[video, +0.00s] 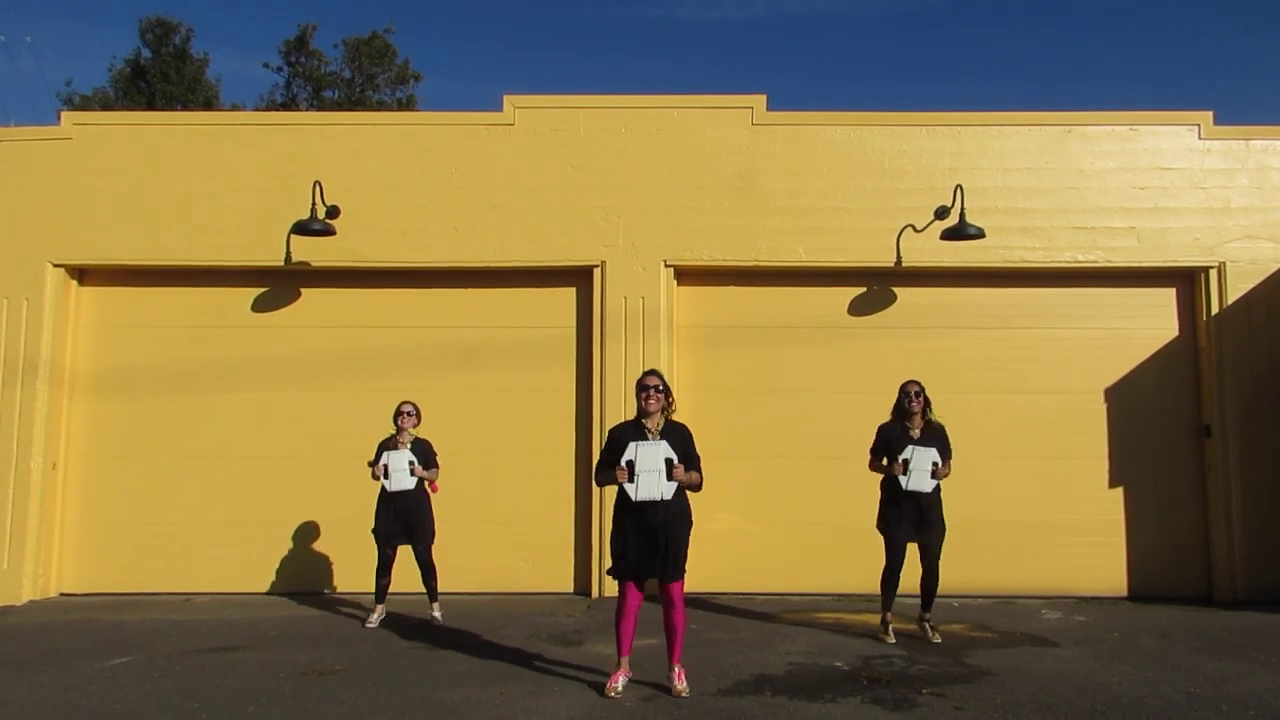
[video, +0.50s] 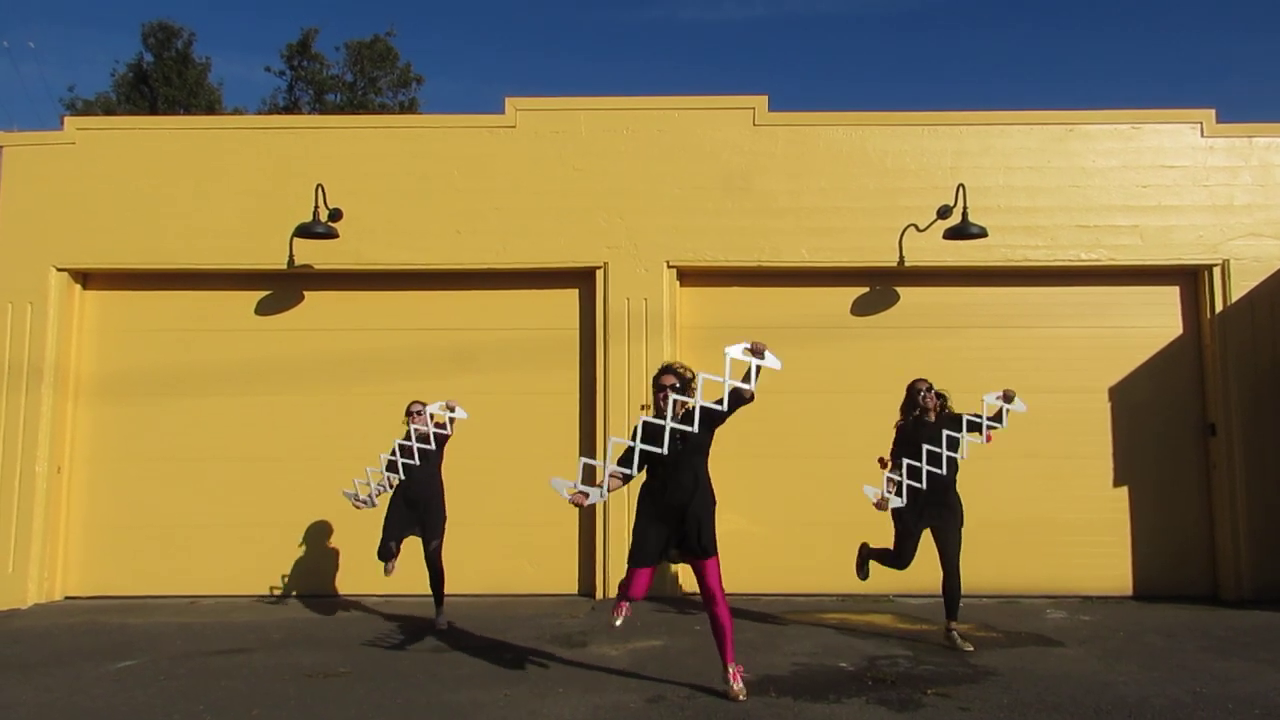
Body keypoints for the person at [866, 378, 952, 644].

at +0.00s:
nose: (913, 399)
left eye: (917, 394)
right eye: (907, 395)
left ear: (925, 399)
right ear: (900, 400)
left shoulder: (937, 430)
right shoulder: (888, 430)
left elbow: (947, 461)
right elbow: (873, 464)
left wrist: (943, 471)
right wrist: (890, 469)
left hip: (929, 507)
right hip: (896, 506)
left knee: (931, 564)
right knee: (894, 563)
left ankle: (925, 618)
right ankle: (886, 620)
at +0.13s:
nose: (915, 399)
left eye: (920, 394)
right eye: (909, 395)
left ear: (927, 398)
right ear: (901, 400)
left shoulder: (939, 431)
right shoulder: (890, 431)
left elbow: (952, 472)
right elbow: (880, 466)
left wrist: (950, 464)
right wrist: (899, 459)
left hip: (932, 505)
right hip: (898, 506)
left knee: (943, 565)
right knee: (895, 564)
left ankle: (946, 623)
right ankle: (880, 623)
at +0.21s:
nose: (918, 410)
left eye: (923, 406)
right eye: (912, 406)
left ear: (929, 410)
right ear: (904, 410)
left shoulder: (942, 440)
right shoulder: (897, 437)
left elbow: (957, 481)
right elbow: (889, 473)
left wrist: (957, 468)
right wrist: (909, 461)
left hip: (934, 511)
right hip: (901, 511)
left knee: (947, 574)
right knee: (898, 572)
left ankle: (957, 632)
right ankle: (878, 628)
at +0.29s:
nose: (921, 408)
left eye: (925, 404)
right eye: (915, 405)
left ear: (932, 407)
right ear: (907, 409)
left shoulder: (943, 438)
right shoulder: (901, 438)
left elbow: (958, 474)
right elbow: (893, 475)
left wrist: (964, 460)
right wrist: (909, 468)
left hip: (940, 515)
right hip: (908, 516)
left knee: (949, 574)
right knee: (898, 572)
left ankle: (958, 632)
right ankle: (878, 628)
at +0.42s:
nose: (924, 392)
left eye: (927, 387)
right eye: (918, 389)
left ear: (934, 392)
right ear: (909, 397)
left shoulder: (949, 421)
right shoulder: (903, 425)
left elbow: (980, 442)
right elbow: (896, 462)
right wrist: (895, 480)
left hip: (942, 501)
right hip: (908, 502)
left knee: (949, 563)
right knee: (899, 556)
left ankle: (954, 626)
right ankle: (869, 598)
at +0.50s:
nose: (927, 394)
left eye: (930, 390)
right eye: (921, 392)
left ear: (936, 395)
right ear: (912, 400)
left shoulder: (951, 421)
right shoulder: (907, 428)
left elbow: (992, 423)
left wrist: (1006, 404)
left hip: (945, 504)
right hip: (912, 504)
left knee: (951, 567)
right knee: (901, 561)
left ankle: (951, 628)